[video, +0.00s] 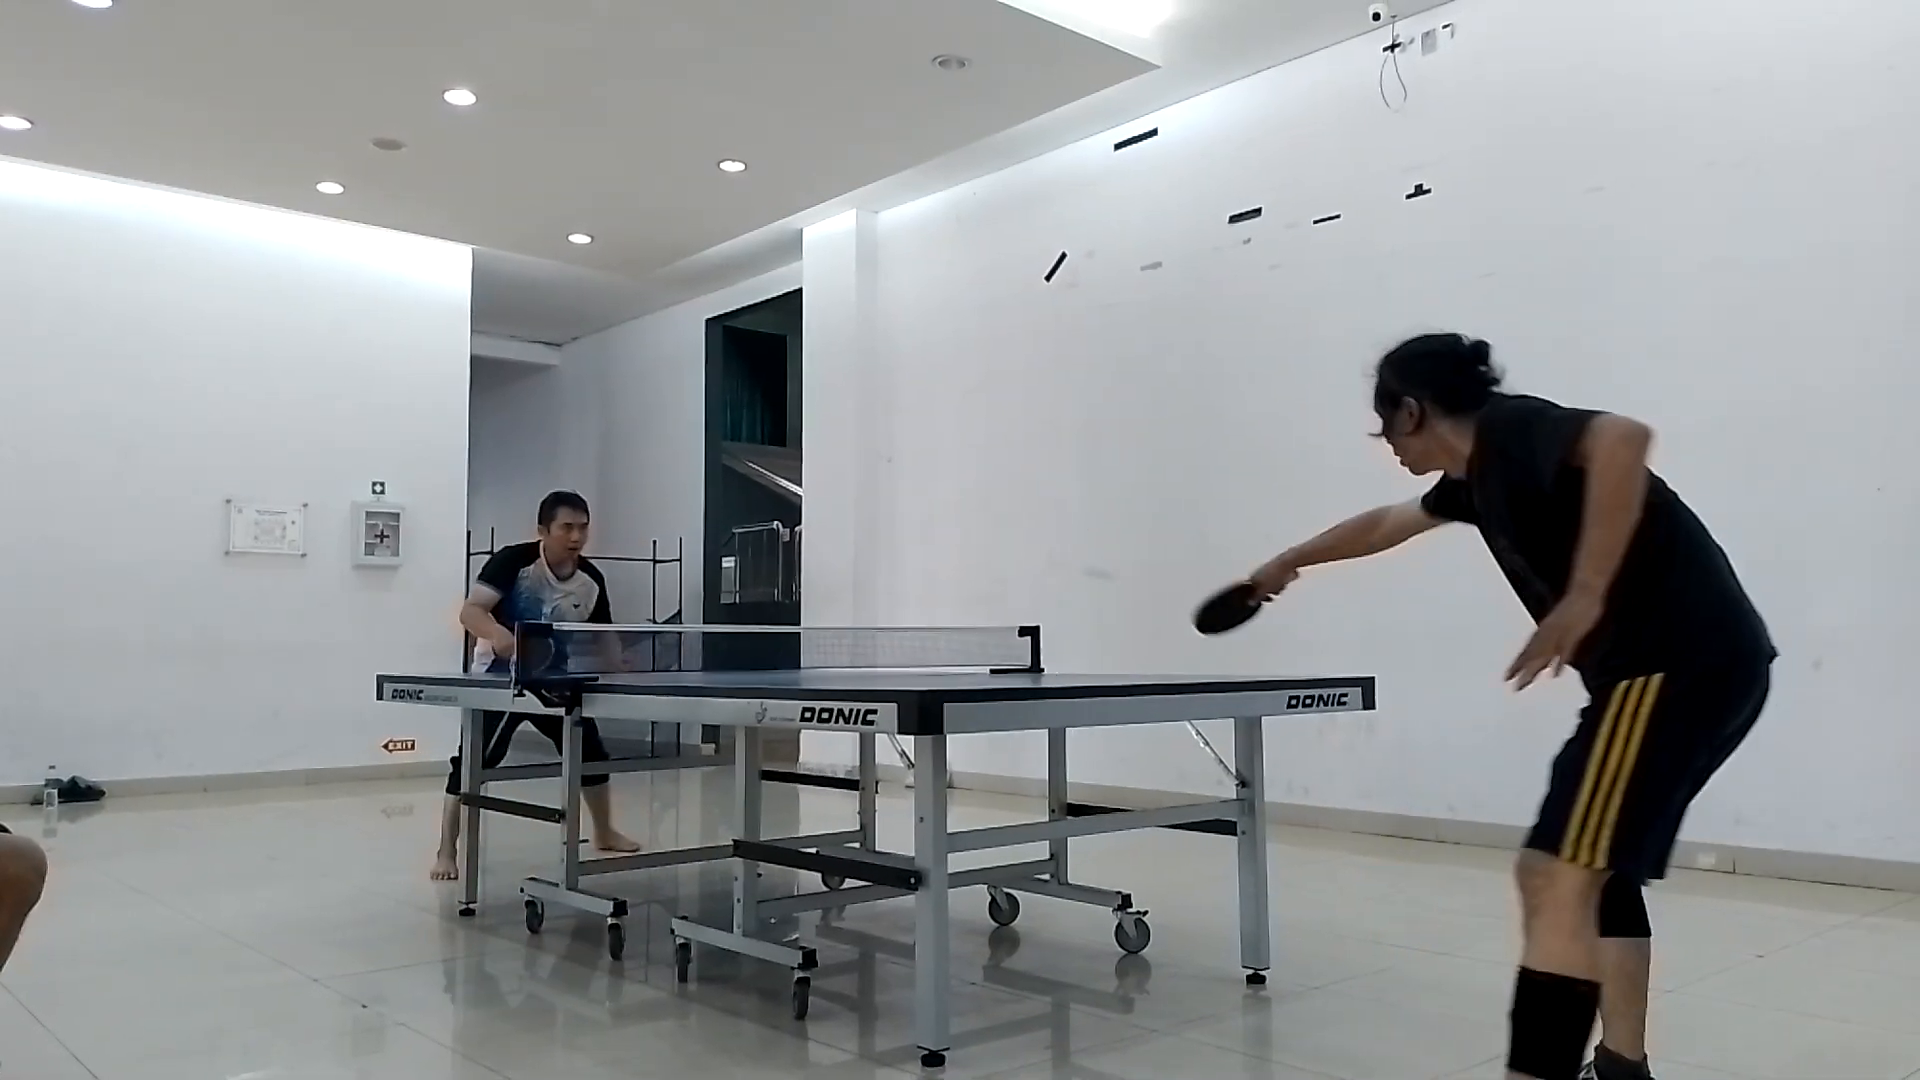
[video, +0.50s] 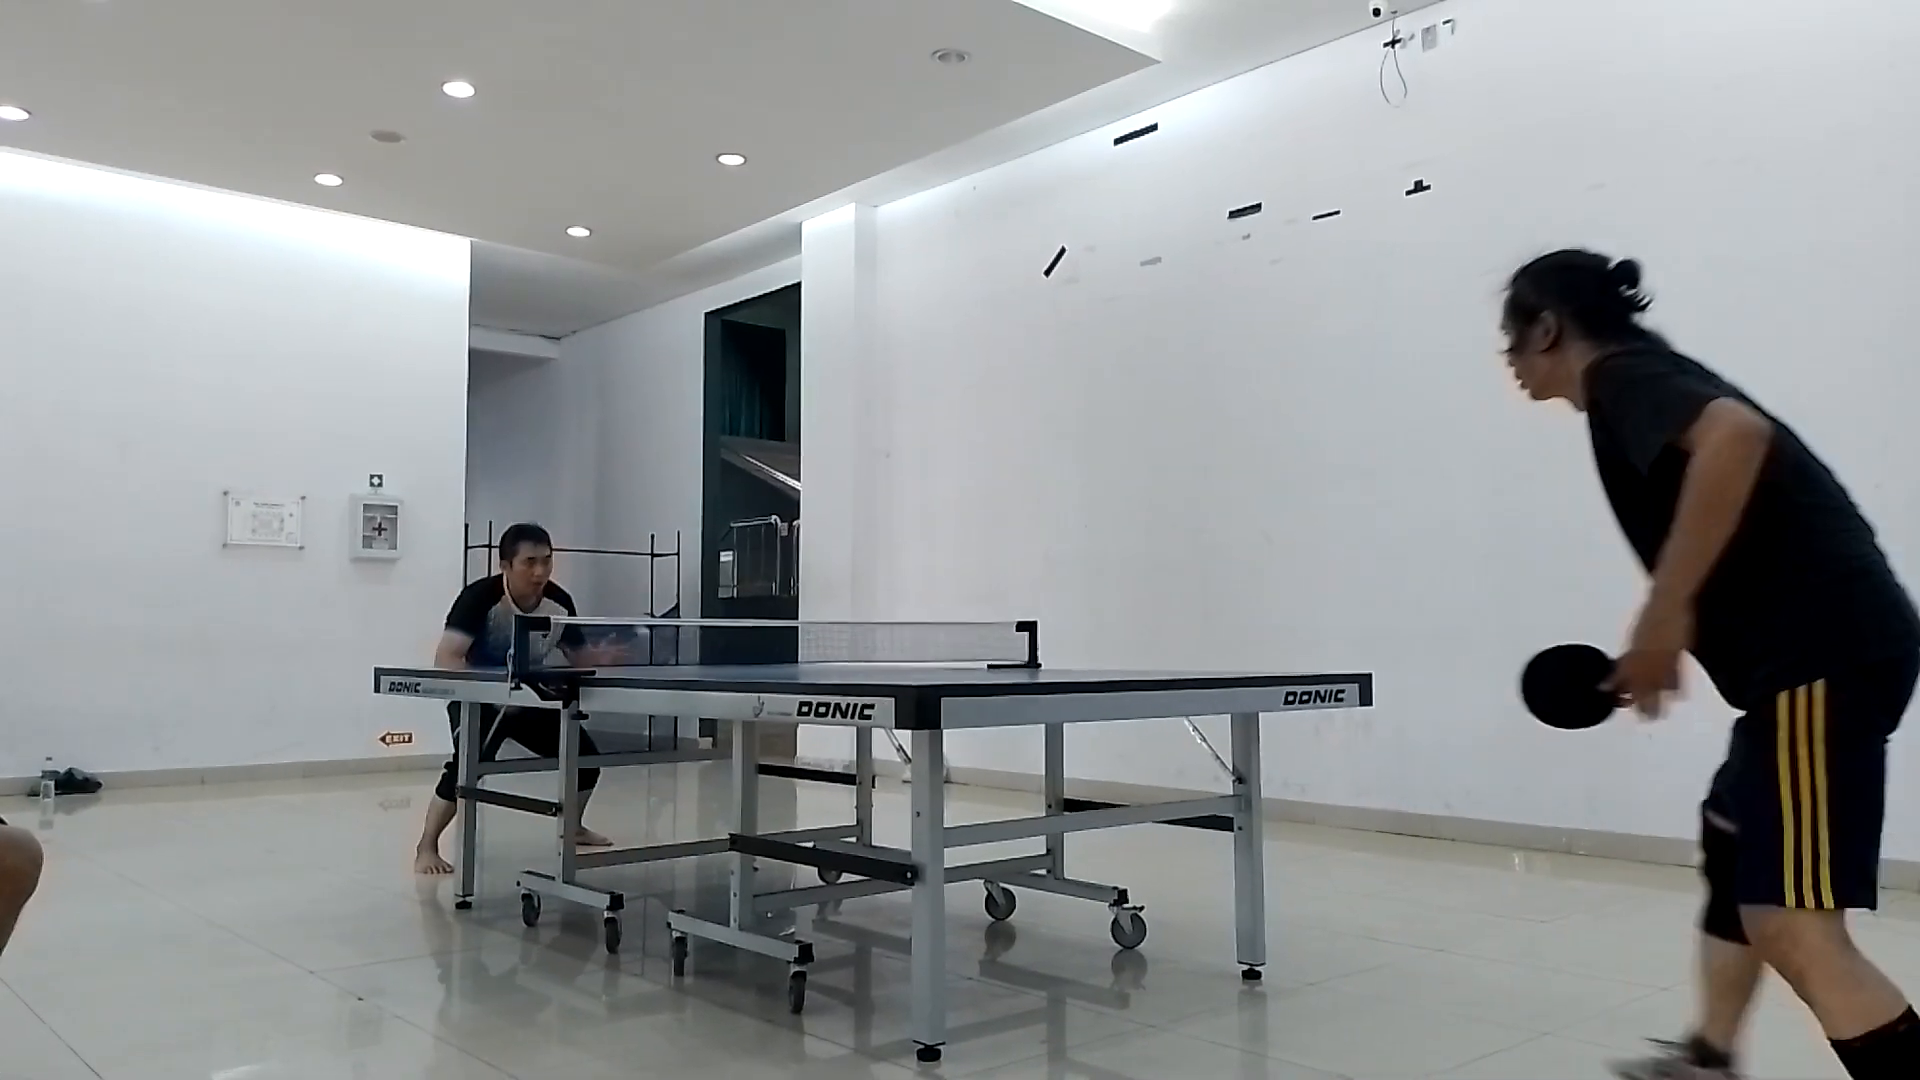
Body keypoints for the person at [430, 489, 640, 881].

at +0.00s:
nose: (577, 536)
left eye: (582, 528)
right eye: (567, 528)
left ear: (588, 530)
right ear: (543, 530)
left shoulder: (591, 580)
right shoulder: (512, 560)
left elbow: (605, 636)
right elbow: (469, 613)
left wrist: (617, 667)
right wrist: (498, 634)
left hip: (556, 685)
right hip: (498, 682)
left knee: (591, 754)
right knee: (472, 758)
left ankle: (604, 834)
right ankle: (447, 850)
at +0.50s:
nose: (539, 571)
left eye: (545, 562)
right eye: (530, 563)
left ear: (552, 563)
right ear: (506, 564)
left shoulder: (558, 601)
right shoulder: (477, 598)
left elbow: (578, 658)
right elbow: (445, 659)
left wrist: (600, 657)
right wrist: (485, 682)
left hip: (530, 703)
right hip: (478, 702)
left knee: (587, 760)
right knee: (471, 764)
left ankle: (572, 828)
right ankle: (427, 846)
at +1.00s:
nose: (554, 556)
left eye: (560, 548)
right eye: (544, 548)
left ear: (566, 554)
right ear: (520, 555)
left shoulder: (562, 599)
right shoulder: (500, 588)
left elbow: (562, 645)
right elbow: (484, 622)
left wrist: (597, 669)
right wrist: (511, 602)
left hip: (517, 695)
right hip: (470, 693)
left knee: (582, 752)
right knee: (471, 760)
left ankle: (567, 824)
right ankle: (422, 842)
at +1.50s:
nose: (612, 520)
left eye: (617, 512)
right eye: (602, 513)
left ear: (625, 517)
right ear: (582, 523)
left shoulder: (645, 563)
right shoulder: (562, 564)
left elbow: (667, 622)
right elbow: (544, 625)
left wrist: (667, 629)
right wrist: (574, 633)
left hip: (636, 675)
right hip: (584, 677)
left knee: (676, 730)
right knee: (556, 746)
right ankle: (545, 833)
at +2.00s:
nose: (687, 550)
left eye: (691, 541)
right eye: (676, 543)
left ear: (698, 544)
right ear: (657, 550)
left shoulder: (710, 576)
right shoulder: (646, 585)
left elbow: (746, 583)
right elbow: (683, 623)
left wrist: (772, 579)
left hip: (673, 685)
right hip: (626, 686)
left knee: (716, 741)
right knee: (595, 748)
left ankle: (720, 821)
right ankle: (548, 819)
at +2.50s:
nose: (682, 512)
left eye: (688, 504)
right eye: (672, 506)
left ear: (700, 511)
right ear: (660, 518)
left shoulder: (729, 553)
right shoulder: (649, 562)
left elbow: (768, 586)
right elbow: (631, 614)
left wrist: (753, 598)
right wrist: (635, 617)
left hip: (724, 669)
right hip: (671, 671)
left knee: (744, 746)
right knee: (637, 744)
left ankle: (735, 818)